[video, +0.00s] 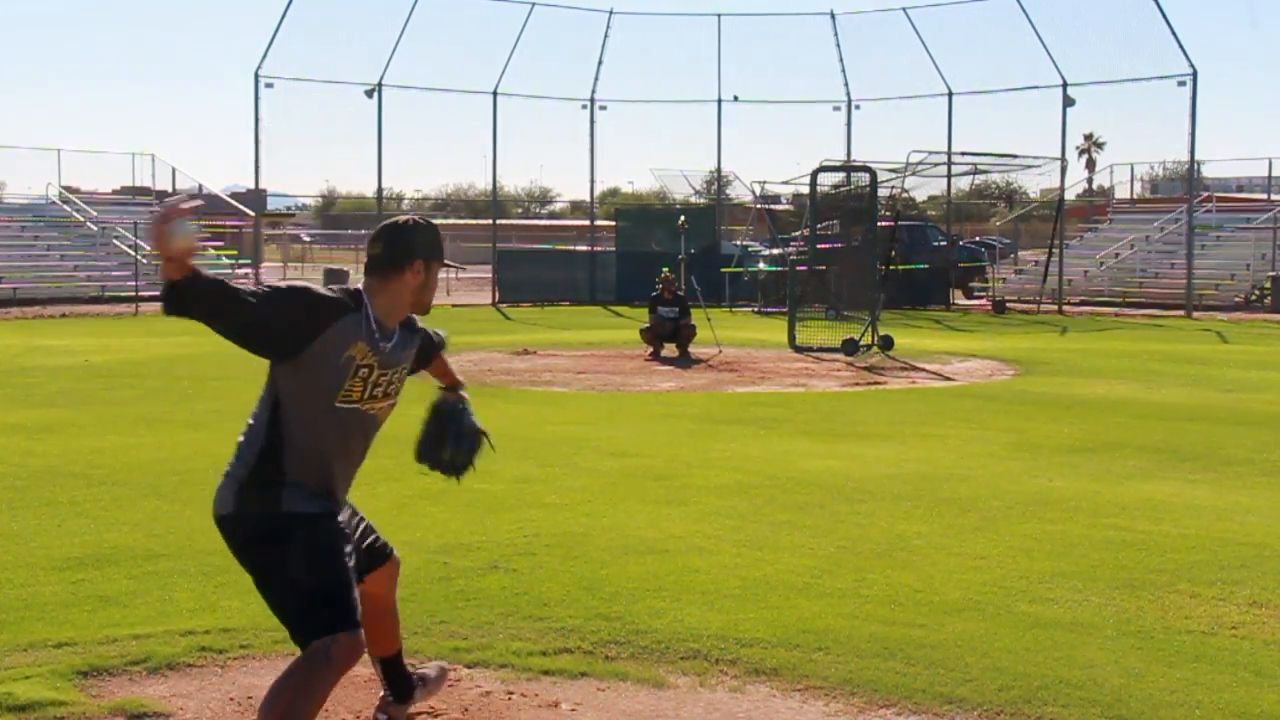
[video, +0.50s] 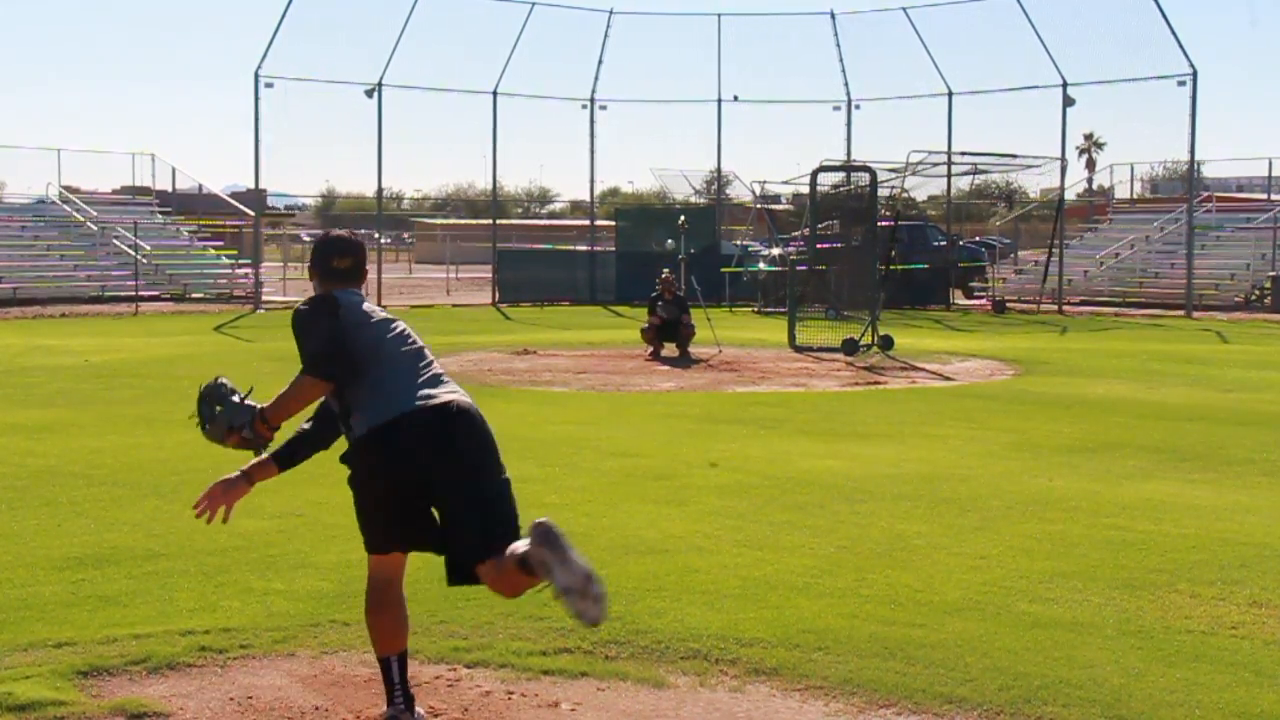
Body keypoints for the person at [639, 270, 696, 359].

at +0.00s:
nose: (668, 286)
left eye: (671, 283)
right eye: (665, 283)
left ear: (675, 284)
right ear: (661, 284)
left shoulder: (681, 299)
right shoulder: (654, 298)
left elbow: (686, 319)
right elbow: (652, 318)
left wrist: (673, 324)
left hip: (676, 327)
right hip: (660, 327)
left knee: (690, 329)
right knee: (645, 332)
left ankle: (683, 349)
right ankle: (656, 348)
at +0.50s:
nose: (667, 286)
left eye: (670, 283)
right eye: (664, 283)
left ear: (674, 285)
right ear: (660, 285)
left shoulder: (680, 299)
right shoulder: (654, 299)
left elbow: (686, 316)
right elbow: (651, 318)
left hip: (677, 326)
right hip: (661, 326)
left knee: (688, 328)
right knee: (646, 331)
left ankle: (683, 349)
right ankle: (657, 347)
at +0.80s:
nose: (666, 289)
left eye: (670, 286)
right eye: (664, 286)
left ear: (674, 287)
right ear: (660, 287)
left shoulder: (678, 298)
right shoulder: (655, 298)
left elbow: (688, 304)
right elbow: (649, 318)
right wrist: (654, 321)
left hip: (675, 327)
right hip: (660, 327)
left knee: (688, 329)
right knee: (646, 331)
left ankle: (683, 350)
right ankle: (656, 347)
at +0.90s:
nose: (667, 288)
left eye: (670, 285)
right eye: (664, 285)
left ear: (674, 286)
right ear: (660, 286)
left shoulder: (679, 297)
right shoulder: (654, 298)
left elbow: (688, 303)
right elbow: (648, 318)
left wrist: (681, 304)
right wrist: (654, 321)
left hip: (675, 328)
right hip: (660, 327)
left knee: (688, 329)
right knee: (645, 330)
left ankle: (683, 350)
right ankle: (656, 347)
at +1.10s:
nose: (666, 289)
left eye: (669, 285)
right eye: (664, 285)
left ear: (673, 286)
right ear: (659, 286)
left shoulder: (678, 297)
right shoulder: (654, 298)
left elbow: (688, 304)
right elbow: (649, 316)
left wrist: (681, 306)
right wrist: (651, 320)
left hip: (675, 328)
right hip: (659, 328)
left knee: (687, 330)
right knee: (644, 331)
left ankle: (683, 350)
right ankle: (656, 348)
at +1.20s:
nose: (666, 287)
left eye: (669, 284)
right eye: (664, 284)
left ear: (673, 284)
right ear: (659, 285)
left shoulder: (678, 296)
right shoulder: (655, 297)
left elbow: (687, 305)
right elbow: (649, 317)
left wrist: (680, 306)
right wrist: (651, 315)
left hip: (675, 327)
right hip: (660, 328)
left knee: (687, 331)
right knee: (645, 331)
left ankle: (683, 350)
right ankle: (656, 348)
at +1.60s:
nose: (665, 279)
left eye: (668, 276)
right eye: (662, 276)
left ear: (672, 277)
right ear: (659, 277)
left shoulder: (677, 291)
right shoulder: (656, 291)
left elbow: (678, 296)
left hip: (676, 329)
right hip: (660, 329)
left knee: (682, 341)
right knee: (645, 340)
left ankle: (684, 352)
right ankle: (654, 350)